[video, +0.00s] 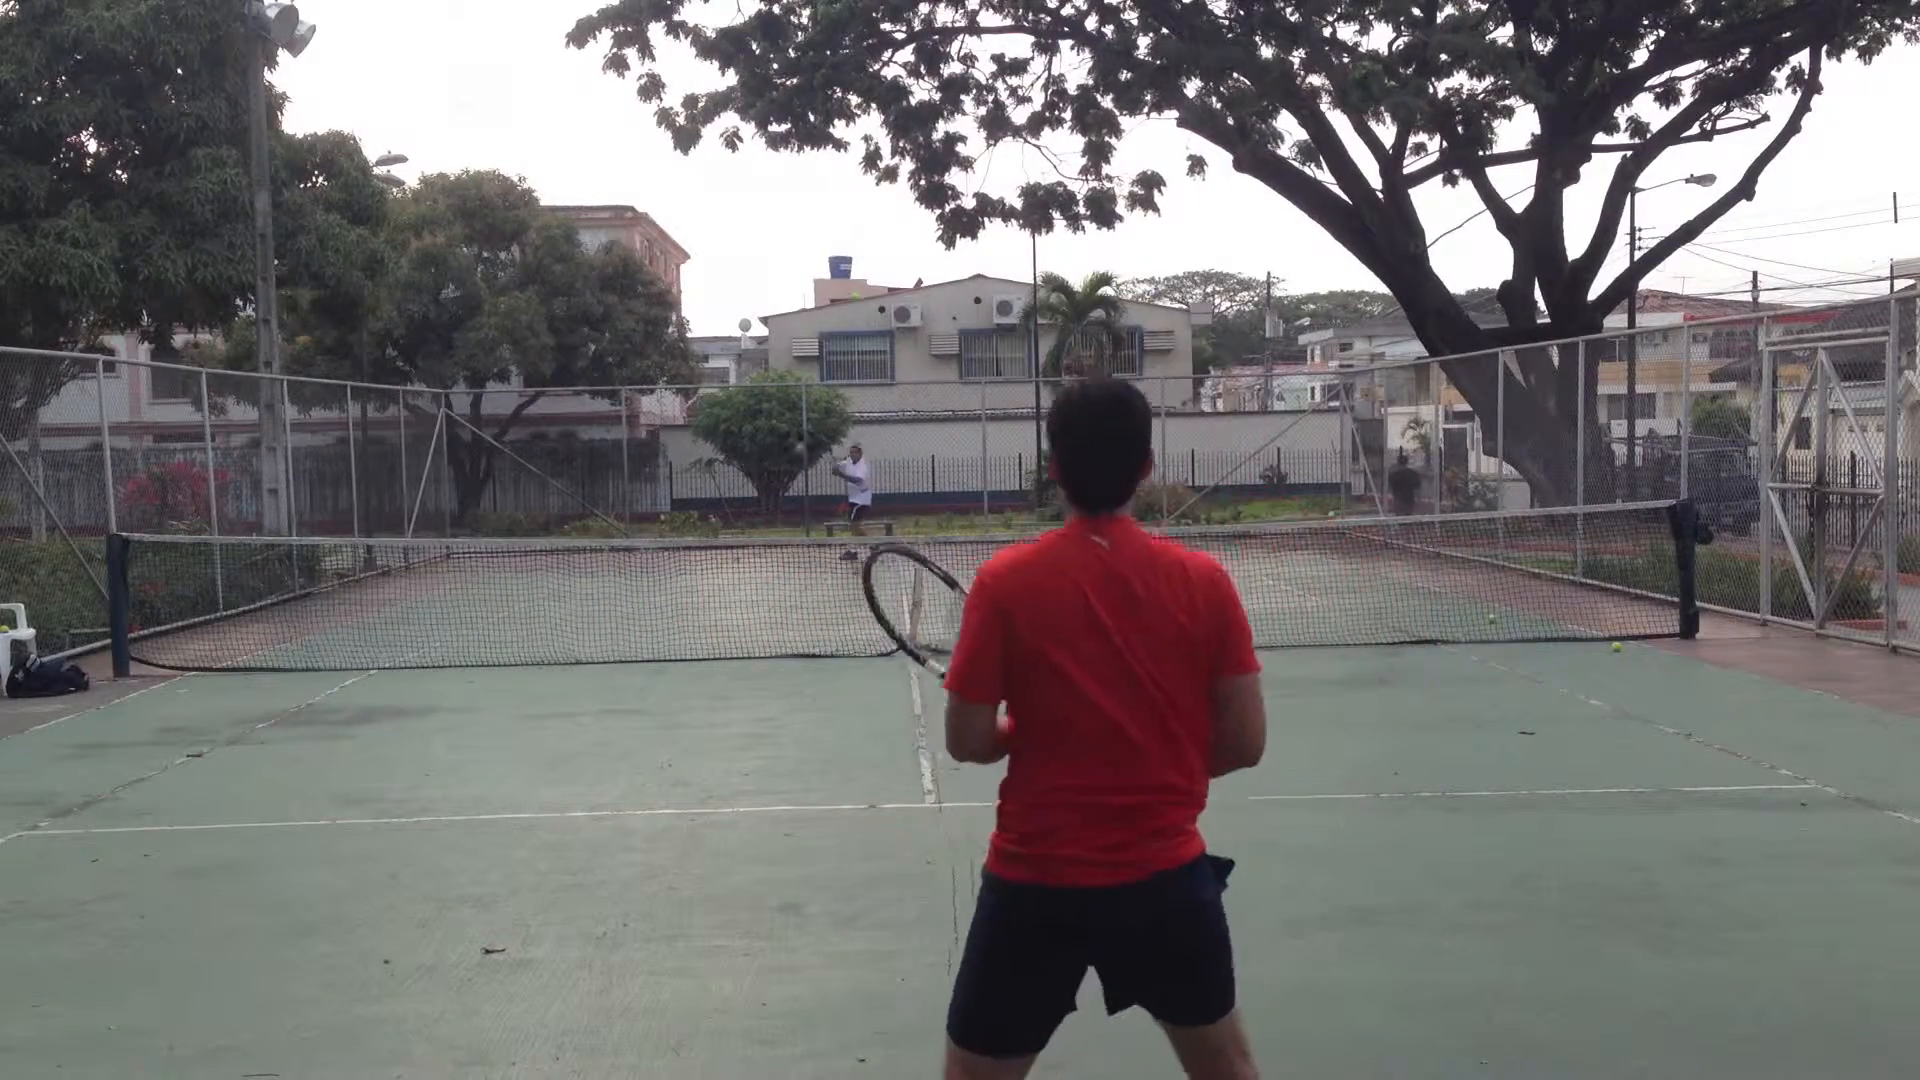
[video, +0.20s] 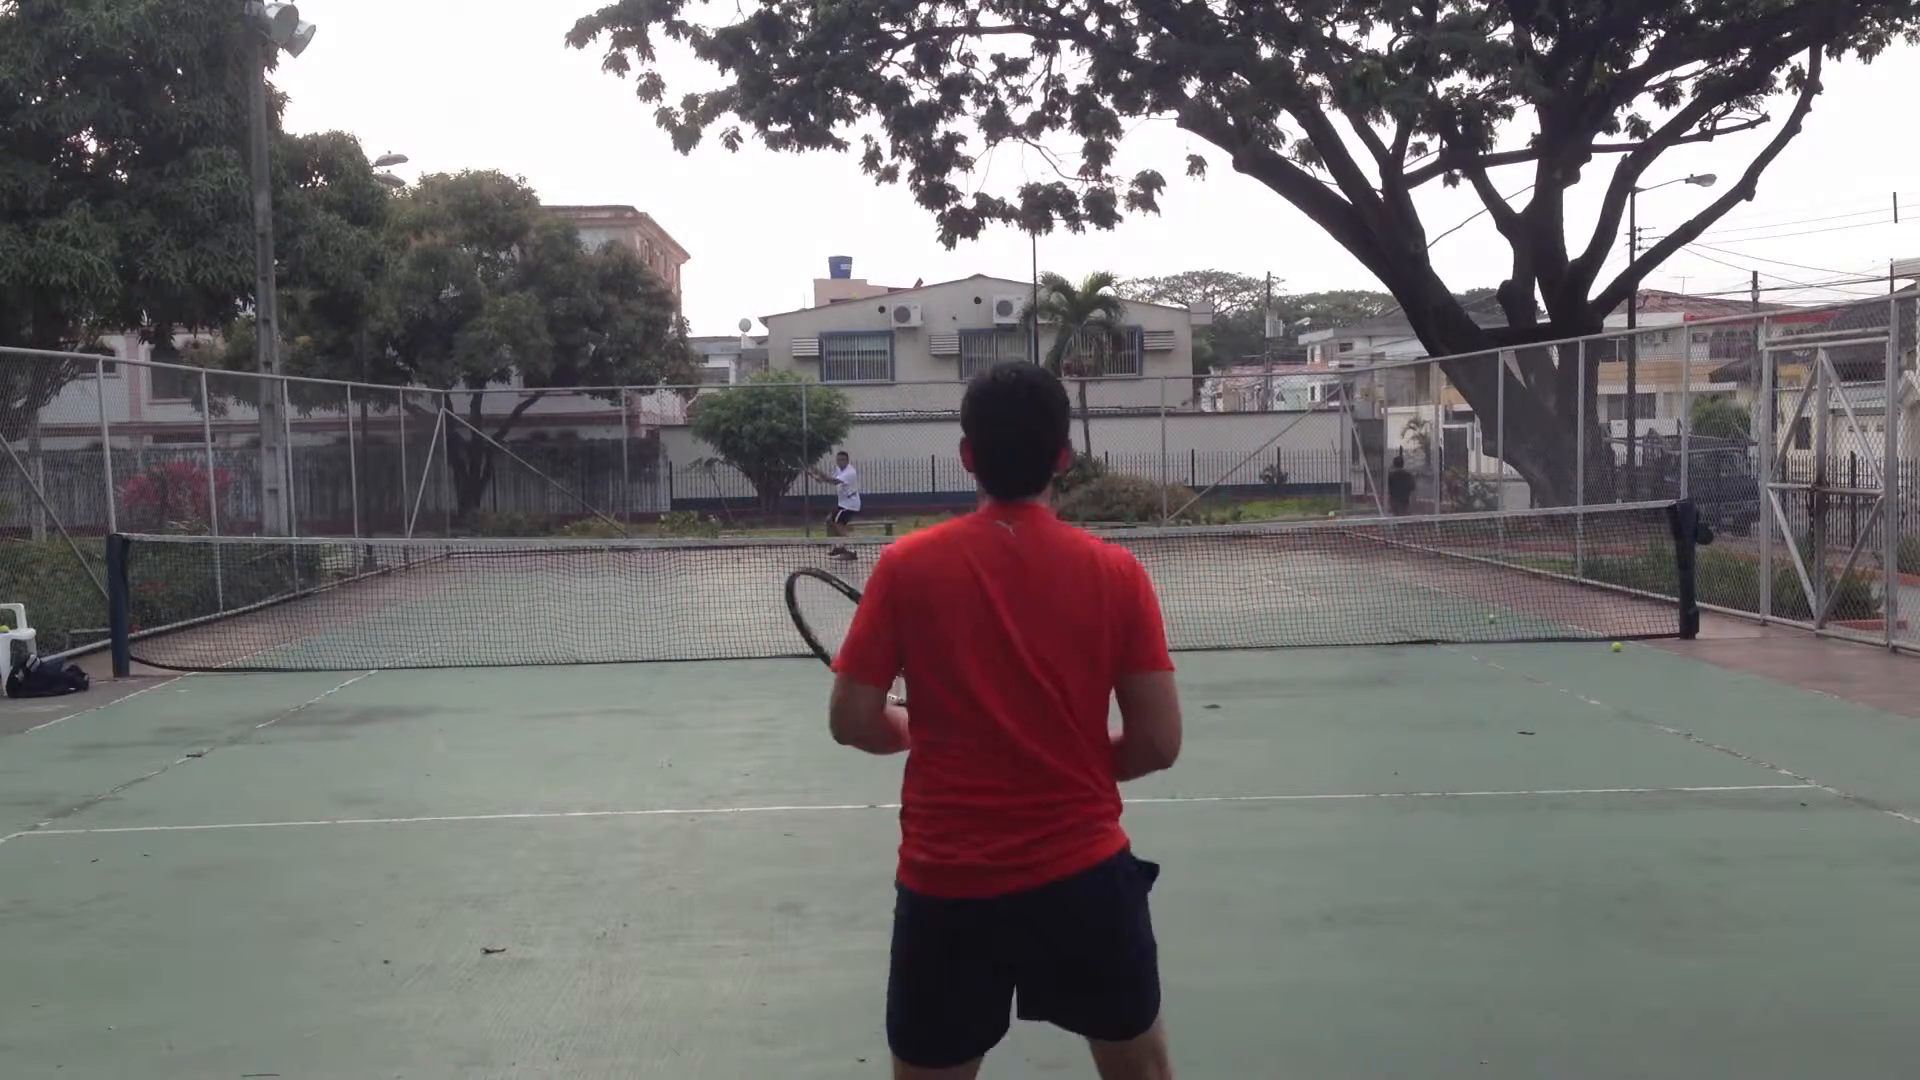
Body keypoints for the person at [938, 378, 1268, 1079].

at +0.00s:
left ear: (1055, 466)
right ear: (1145, 466)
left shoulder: (1007, 580)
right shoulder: (1202, 581)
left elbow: (967, 741)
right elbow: (1244, 742)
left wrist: (1030, 724)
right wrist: (1154, 750)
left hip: (1032, 898)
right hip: (1165, 892)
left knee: (977, 1070)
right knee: (1225, 1065)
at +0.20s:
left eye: (965, 437)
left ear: (967, 454)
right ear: (1063, 456)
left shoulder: (908, 565)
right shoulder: (1114, 572)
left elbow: (852, 720)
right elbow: (1157, 742)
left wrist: (923, 727)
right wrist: (1072, 761)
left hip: (947, 899)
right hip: (1085, 892)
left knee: (929, 1071)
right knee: (1141, 1069)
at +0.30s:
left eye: (944, 397)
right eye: (1034, 398)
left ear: (941, 413)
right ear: (1038, 414)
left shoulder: (888, 526)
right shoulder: (1097, 530)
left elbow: (841, 688)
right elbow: (1146, 695)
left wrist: (913, 698)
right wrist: (1055, 722)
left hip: (931, 865)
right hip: (1067, 856)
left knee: (914, 1069)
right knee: (1081, 1065)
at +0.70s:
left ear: (808, 479)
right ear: (917, 478)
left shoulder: (754, 605)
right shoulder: (984, 601)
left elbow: (708, 786)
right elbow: (1057, 771)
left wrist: (784, 807)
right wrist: (965, 817)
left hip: (796, 973)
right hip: (949, 970)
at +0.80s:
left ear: (761, 483)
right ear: (871, 483)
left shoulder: (703, 608)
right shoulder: (937, 602)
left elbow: (641, 783)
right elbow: (1012, 773)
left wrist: (722, 818)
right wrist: (926, 831)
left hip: (755, 979)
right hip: (914, 974)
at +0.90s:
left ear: (728, 475)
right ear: (837, 473)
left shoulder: (669, 599)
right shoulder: (907, 588)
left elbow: (602, 775)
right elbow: (974, 761)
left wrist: (680, 816)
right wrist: (890, 824)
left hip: (730, 968)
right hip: (889, 958)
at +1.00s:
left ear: (708, 470)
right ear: (819, 467)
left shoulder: (649, 596)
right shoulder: (893, 582)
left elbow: (583, 766)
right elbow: (961, 759)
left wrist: (664, 817)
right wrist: (874, 822)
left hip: (720, 970)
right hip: (881, 959)